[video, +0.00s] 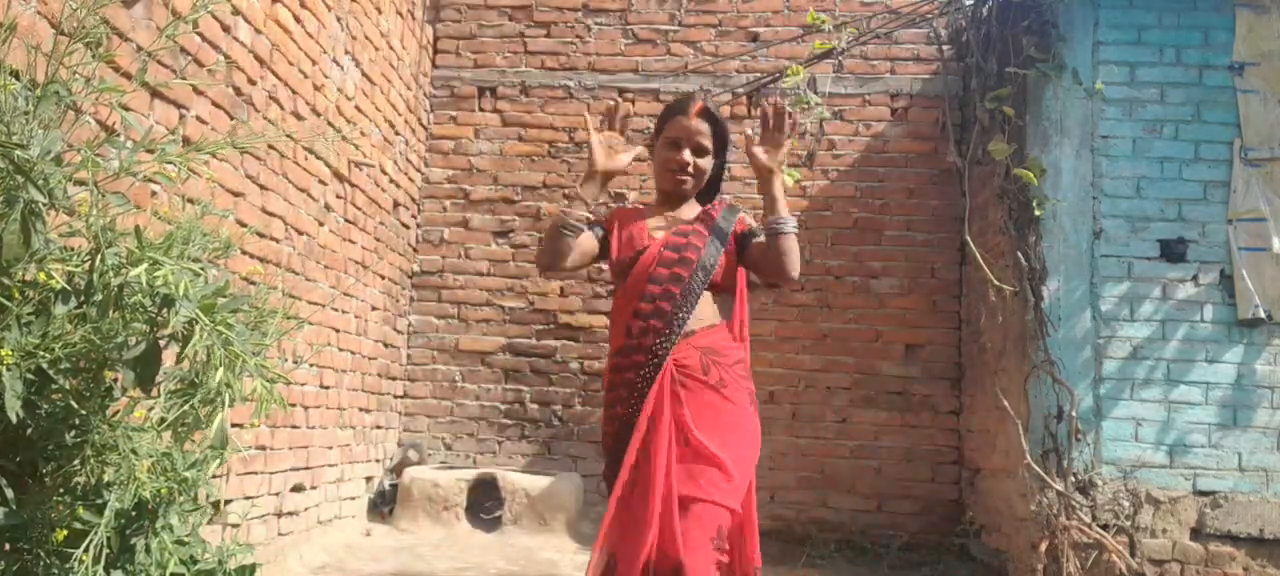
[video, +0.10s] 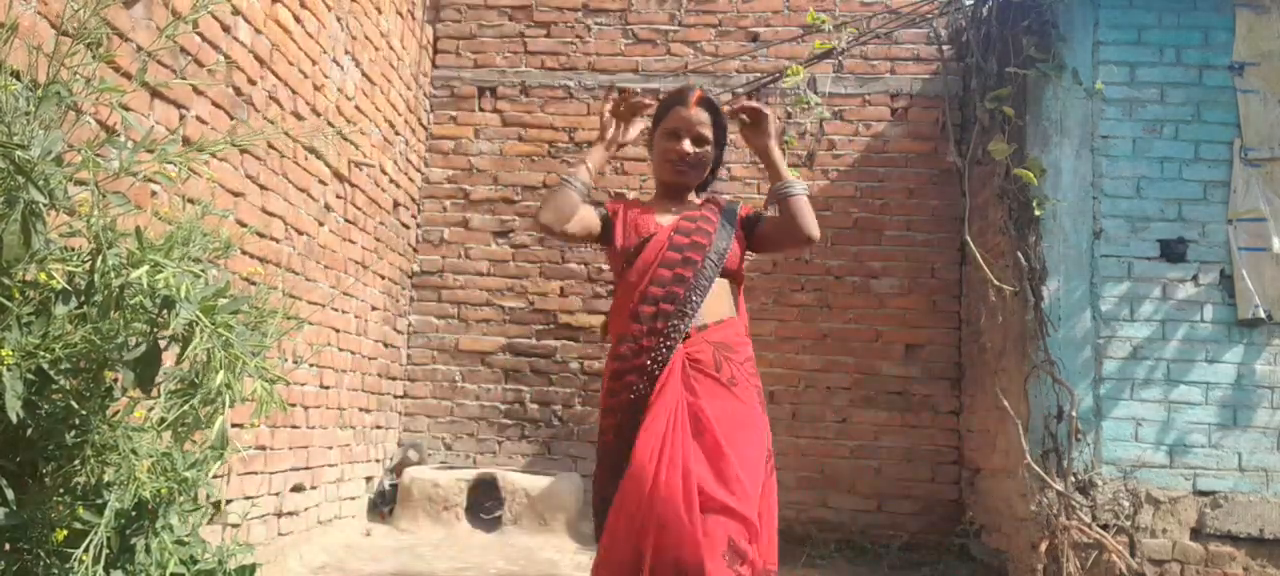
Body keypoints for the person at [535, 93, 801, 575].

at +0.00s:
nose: (684, 159)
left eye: (700, 151)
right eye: (673, 144)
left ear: (717, 163)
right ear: (652, 149)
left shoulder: (725, 222)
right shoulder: (623, 224)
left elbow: (784, 272)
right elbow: (553, 261)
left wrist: (771, 178)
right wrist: (594, 181)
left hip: (713, 390)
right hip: (637, 393)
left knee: (692, 545)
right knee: (637, 541)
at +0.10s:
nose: (685, 149)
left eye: (700, 141)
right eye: (673, 135)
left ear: (718, 154)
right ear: (651, 142)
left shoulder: (730, 218)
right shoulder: (623, 217)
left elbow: (804, 231)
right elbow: (554, 218)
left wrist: (770, 149)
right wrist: (604, 145)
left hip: (723, 380)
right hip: (641, 384)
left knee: (726, 526)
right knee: (639, 523)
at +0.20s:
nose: (685, 127)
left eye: (701, 118)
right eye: (671, 114)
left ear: (719, 132)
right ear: (649, 125)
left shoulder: (737, 203)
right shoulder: (625, 198)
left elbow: (809, 198)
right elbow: (562, 178)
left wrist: (760, 118)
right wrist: (619, 116)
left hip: (727, 367)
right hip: (647, 370)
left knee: (733, 507)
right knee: (654, 504)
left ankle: (736, 572)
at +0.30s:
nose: (687, 106)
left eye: (703, 95)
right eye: (672, 92)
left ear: (722, 107)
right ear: (647, 102)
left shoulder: (738, 184)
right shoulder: (630, 175)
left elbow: (803, 179)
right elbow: (573, 143)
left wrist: (753, 89)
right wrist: (630, 81)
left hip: (726, 365)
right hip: (647, 361)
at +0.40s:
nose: (685, 104)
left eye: (700, 92)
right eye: (671, 90)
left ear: (717, 106)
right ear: (646, 99)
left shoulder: (732, 177)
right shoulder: (629, 170)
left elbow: (795, 190)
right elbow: (581, 133)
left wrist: (745, 94)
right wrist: (632, 71)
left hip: (724, 371)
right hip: (639, 368)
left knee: (734, 523)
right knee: (634, 529)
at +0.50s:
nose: (685, 113)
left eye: (699, 102)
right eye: (670, 98)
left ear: (716, 112)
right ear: (646, 108)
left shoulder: (730, 190)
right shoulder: (625, 177)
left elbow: (800, 227)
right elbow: (585, 153)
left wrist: (733, 171)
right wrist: (634, 86)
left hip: (721, 381)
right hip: (636, 382)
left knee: (728, 535)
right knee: (629, 539)